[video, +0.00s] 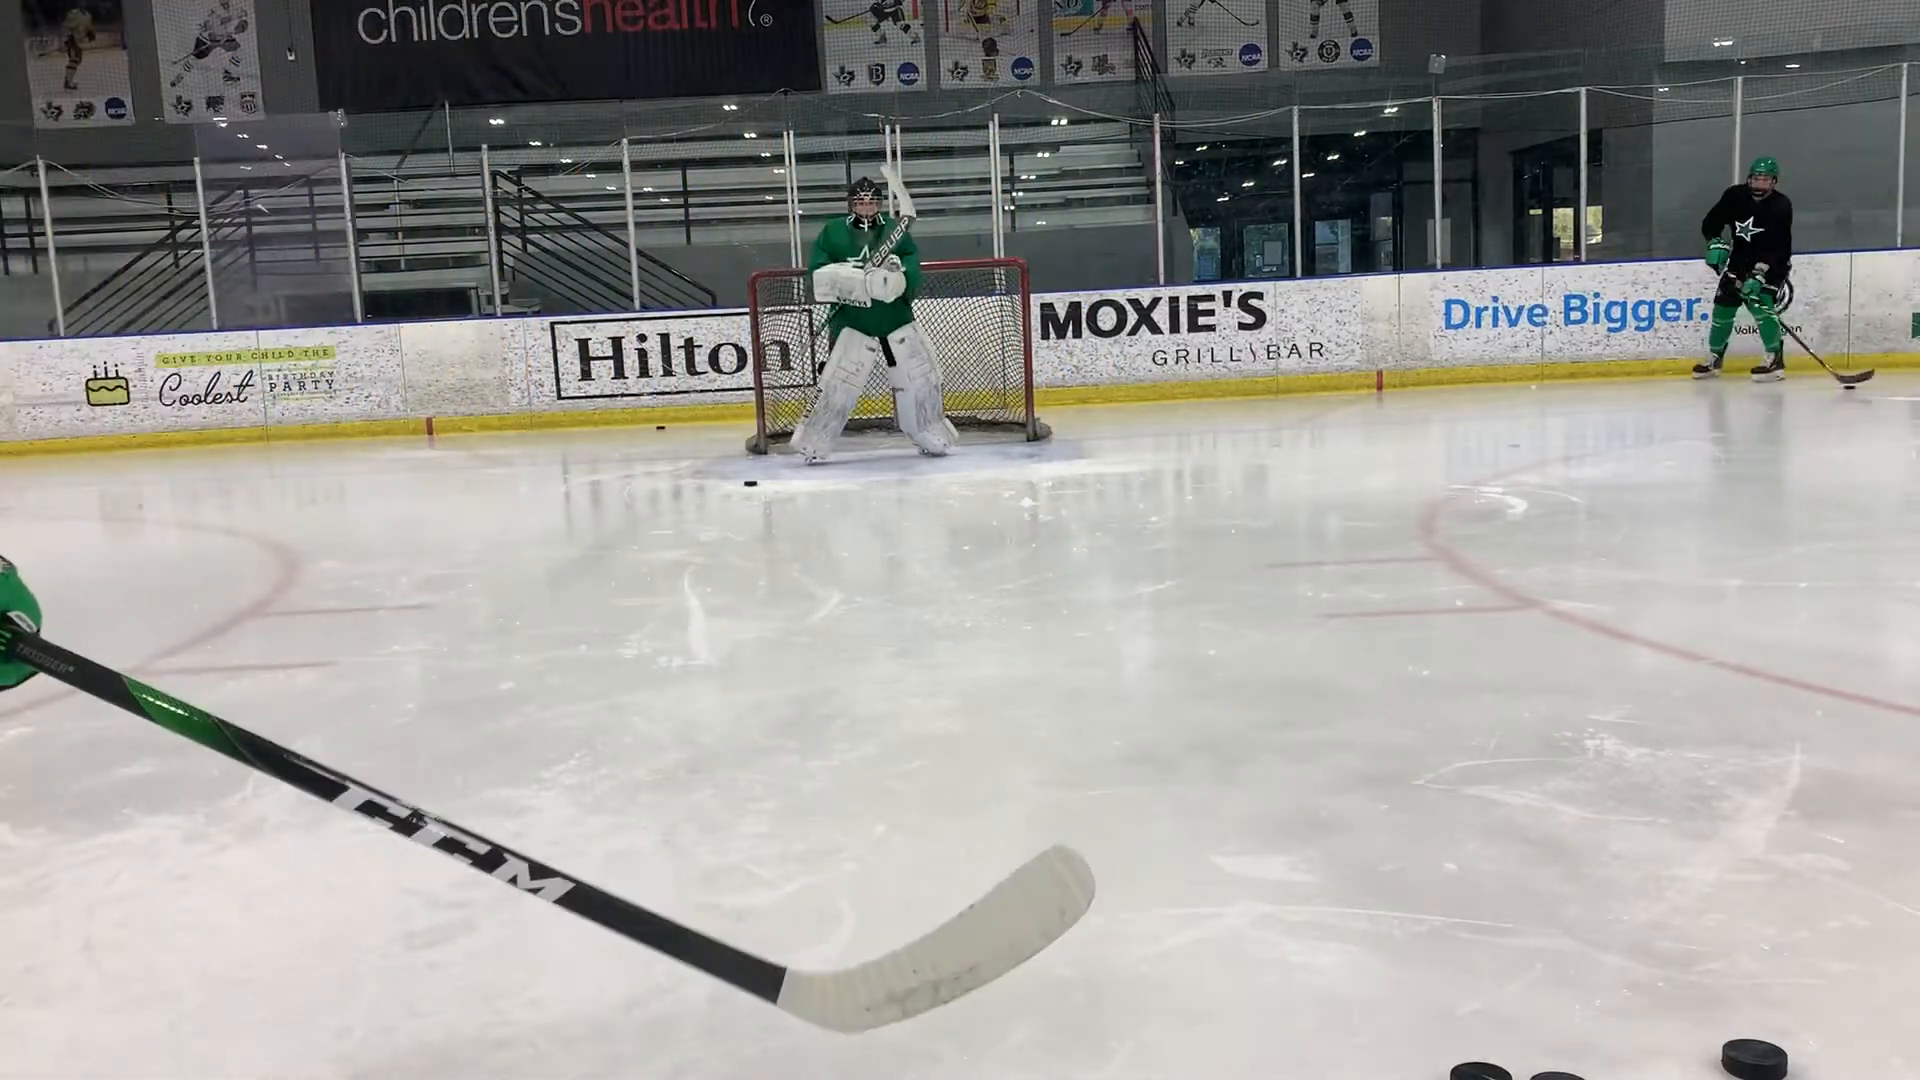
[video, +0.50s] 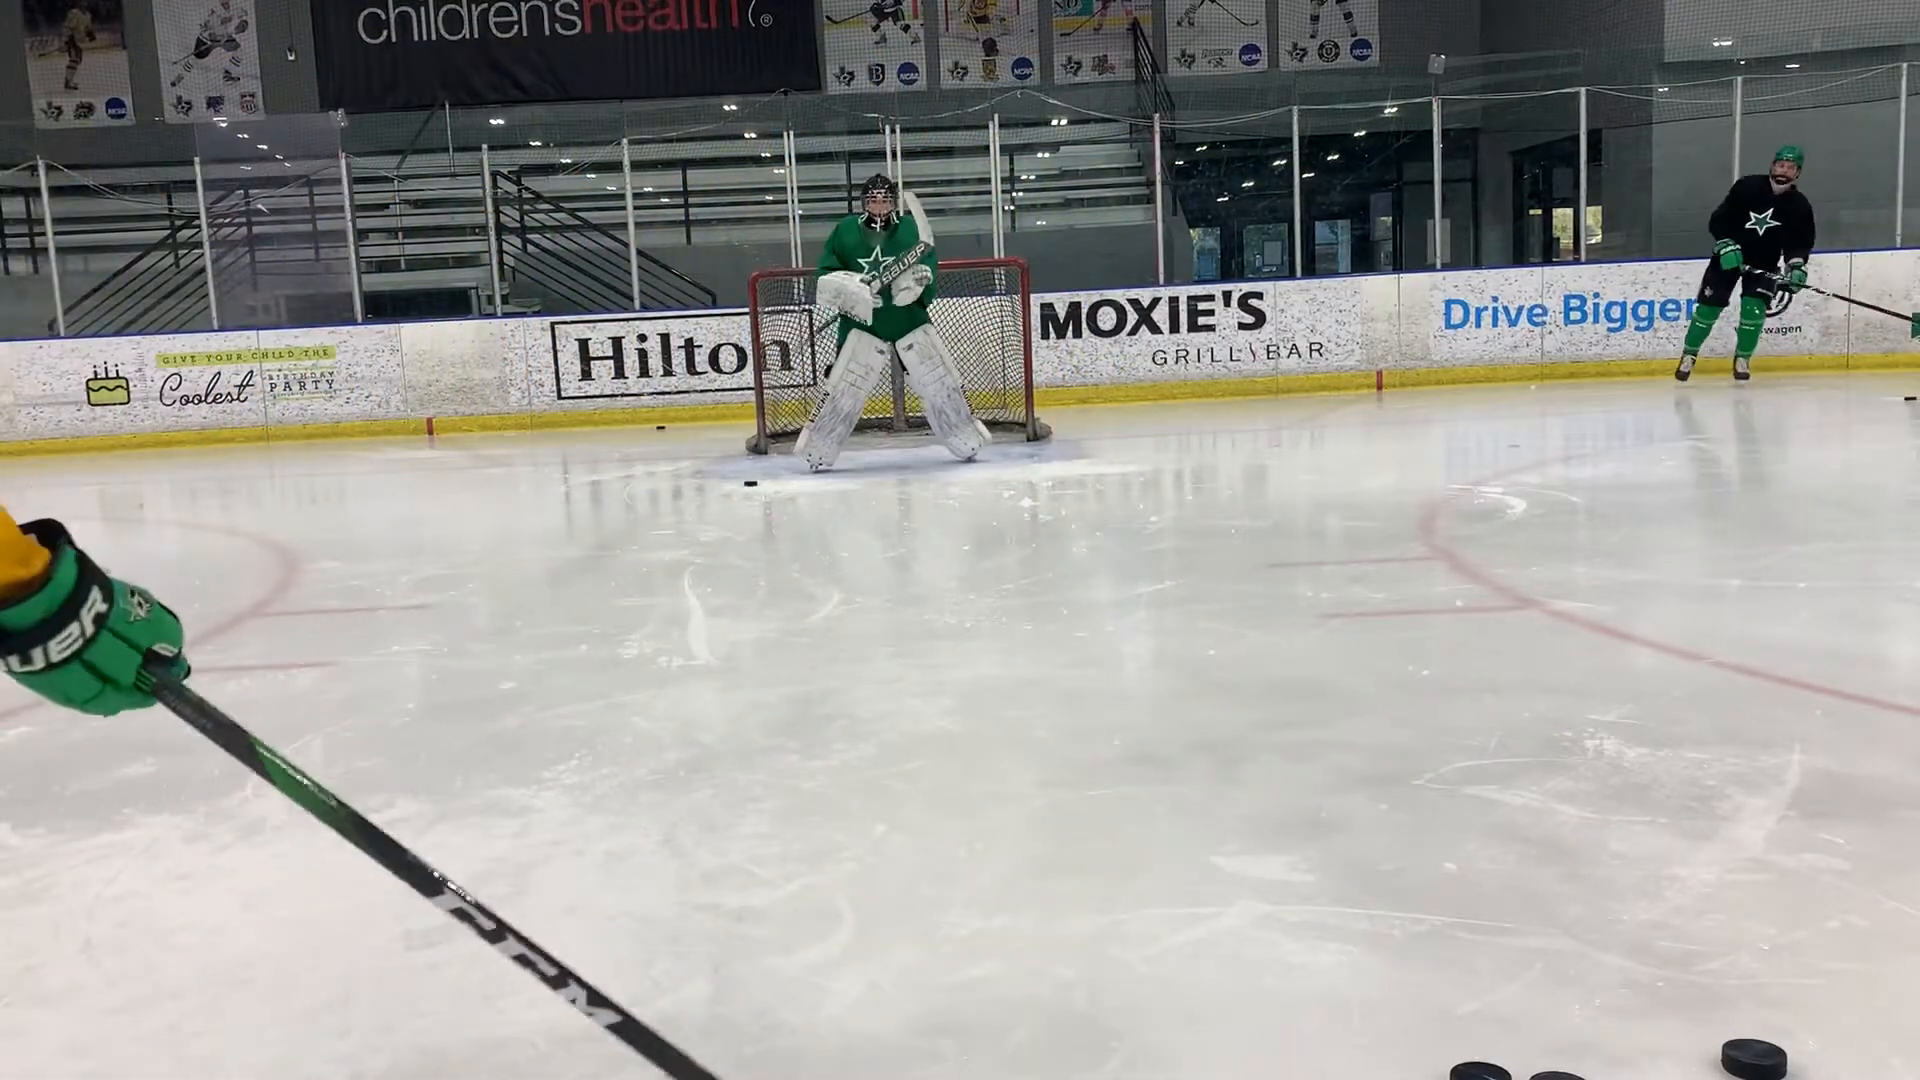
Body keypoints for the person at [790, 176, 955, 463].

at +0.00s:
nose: (865, 205)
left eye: (870, 200)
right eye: (860, 200)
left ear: (879, 202)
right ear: (851, 203)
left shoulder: (895, 230)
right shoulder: (833, 231)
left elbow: (913, 269)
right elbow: (816, 276)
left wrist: (892, 279)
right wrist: (850, 281)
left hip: (896, 319)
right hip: (854, 320)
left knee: (919, 377)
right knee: (840, 384)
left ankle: (931, 438)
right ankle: (816, 445)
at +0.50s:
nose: (879, 204)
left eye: (884, 199)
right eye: (873, 198)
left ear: (894, 201)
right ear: (864, 201)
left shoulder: (908, 228)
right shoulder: (846, 231)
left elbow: (928, 264)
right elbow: (824, 276)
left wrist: (918, 279)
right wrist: (849, 288)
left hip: (909, 321)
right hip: (864, 323)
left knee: (939, 383)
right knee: (845, 390)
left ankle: (967, 445)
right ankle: (819, 454)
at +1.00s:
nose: (894, 234)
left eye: (899, 227)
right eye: (888, 228)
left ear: (908, 228)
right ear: (879, 229)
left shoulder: (927, 254)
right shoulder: (858, 260)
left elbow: (950, 302)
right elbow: (838, 301)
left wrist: (953, 276)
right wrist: (840, 338)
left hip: (924, 341)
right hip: (879, 346)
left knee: (956, 398)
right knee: (865, 408)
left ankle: (994, 455)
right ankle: (825, 461)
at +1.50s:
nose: (913, 281)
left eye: (919, 274)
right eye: (907, 275)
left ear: (929, 274)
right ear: (895, 276)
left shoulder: (946, 296)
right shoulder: (876, 303)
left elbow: (969, 348)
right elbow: (854, 342)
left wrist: (970, 333)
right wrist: (852, 380)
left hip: (946, 372)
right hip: (897, 378)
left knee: (982, 409)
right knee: (872, 424)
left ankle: (1027, 451)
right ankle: (826, 464)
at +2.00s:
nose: (916, 292)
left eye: (921, 286)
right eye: (909, 286)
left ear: (931, 285)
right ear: (898, 286)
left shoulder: (950, 307)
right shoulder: (877, 311)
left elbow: (977, 359)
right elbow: (850, 349)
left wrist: (973, 349)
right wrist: (849, 388)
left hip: (946, 389)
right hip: (895, 399)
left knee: (981, 415)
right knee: (870, 434)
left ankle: (1019, 448)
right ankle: (827, 464)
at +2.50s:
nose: (944, 297)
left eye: (945, 289)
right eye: (936, 291)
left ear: (948, 288)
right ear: (918, 293)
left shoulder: (961, 322)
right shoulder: (889, 323)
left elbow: (983, 356)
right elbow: (853, 360)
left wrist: (1013, 327)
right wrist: (852, 405)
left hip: (954, 426)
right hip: (899, 428)